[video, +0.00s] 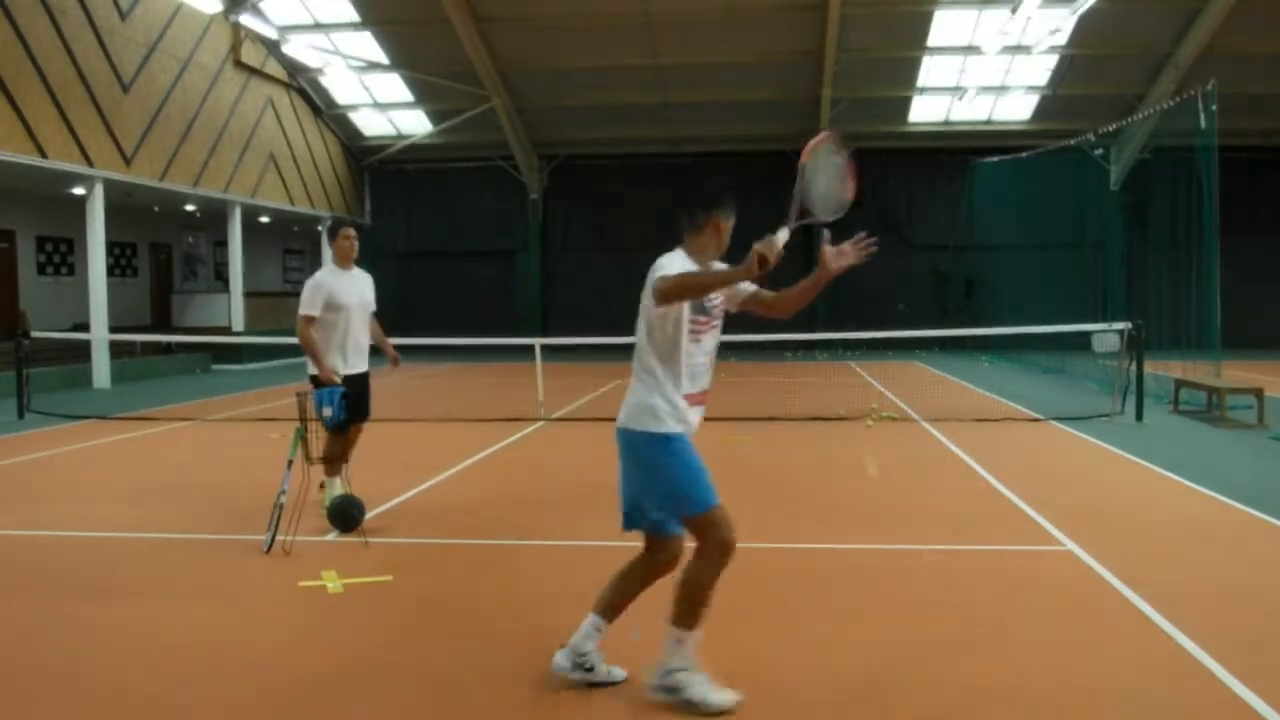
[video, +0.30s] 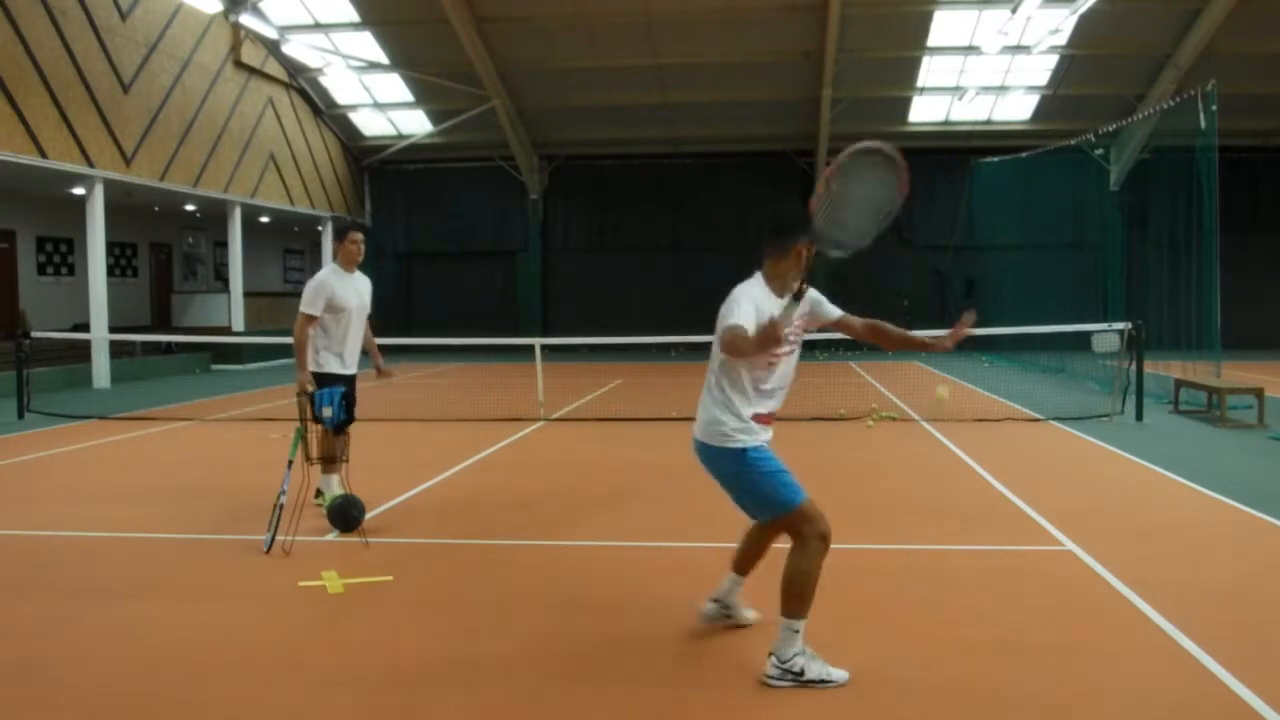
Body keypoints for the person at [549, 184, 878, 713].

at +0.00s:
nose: (730, 235)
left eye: (730, 229)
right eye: (727, 227)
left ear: (704, 227)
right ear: (710, 224)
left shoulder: (719, 277)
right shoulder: (671, 266)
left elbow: (777, 306)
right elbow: (666, 291)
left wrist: (824, 273)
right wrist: (741, 272)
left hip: (665, 428)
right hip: (654, 428)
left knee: (662, 552)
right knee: (718, 538)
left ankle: (579, 651)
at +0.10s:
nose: (763, 234)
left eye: (765, 228)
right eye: (760, 226)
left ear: (747, 228)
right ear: (740, 224)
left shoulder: (753, 272)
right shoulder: (700, 260)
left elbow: (811, 301)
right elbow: (675, 287)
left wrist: (865, 279)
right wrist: (744, 265)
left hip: (702, 421)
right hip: (683, 422)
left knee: (702, 538)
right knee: (750, 530)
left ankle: (603, 610)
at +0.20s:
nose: (791, 254)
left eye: (792, 247)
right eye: (789, 246)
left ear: (765, 242)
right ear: (773, 242)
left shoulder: (781, 285)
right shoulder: (726, 279)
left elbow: (838, 313)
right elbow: (696, 312)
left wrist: (903, 311)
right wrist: (749, 298)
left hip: (727, 429)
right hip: (712, 431)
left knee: (756, 524)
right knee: (795, 530)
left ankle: (656, 590)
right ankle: (786, 656)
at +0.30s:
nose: (806, 261)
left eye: (806, 253)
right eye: (802, 253)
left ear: (798, 255)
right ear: (786, 253)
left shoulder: (804, 299)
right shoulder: (745, 298)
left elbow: (863, 329)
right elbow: (730, 344)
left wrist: (934, 341)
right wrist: (761, 344)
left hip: (747, 434)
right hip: (727, 437)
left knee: (776, 518)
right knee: (813, 531)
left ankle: (724, 598)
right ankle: (787, 655)